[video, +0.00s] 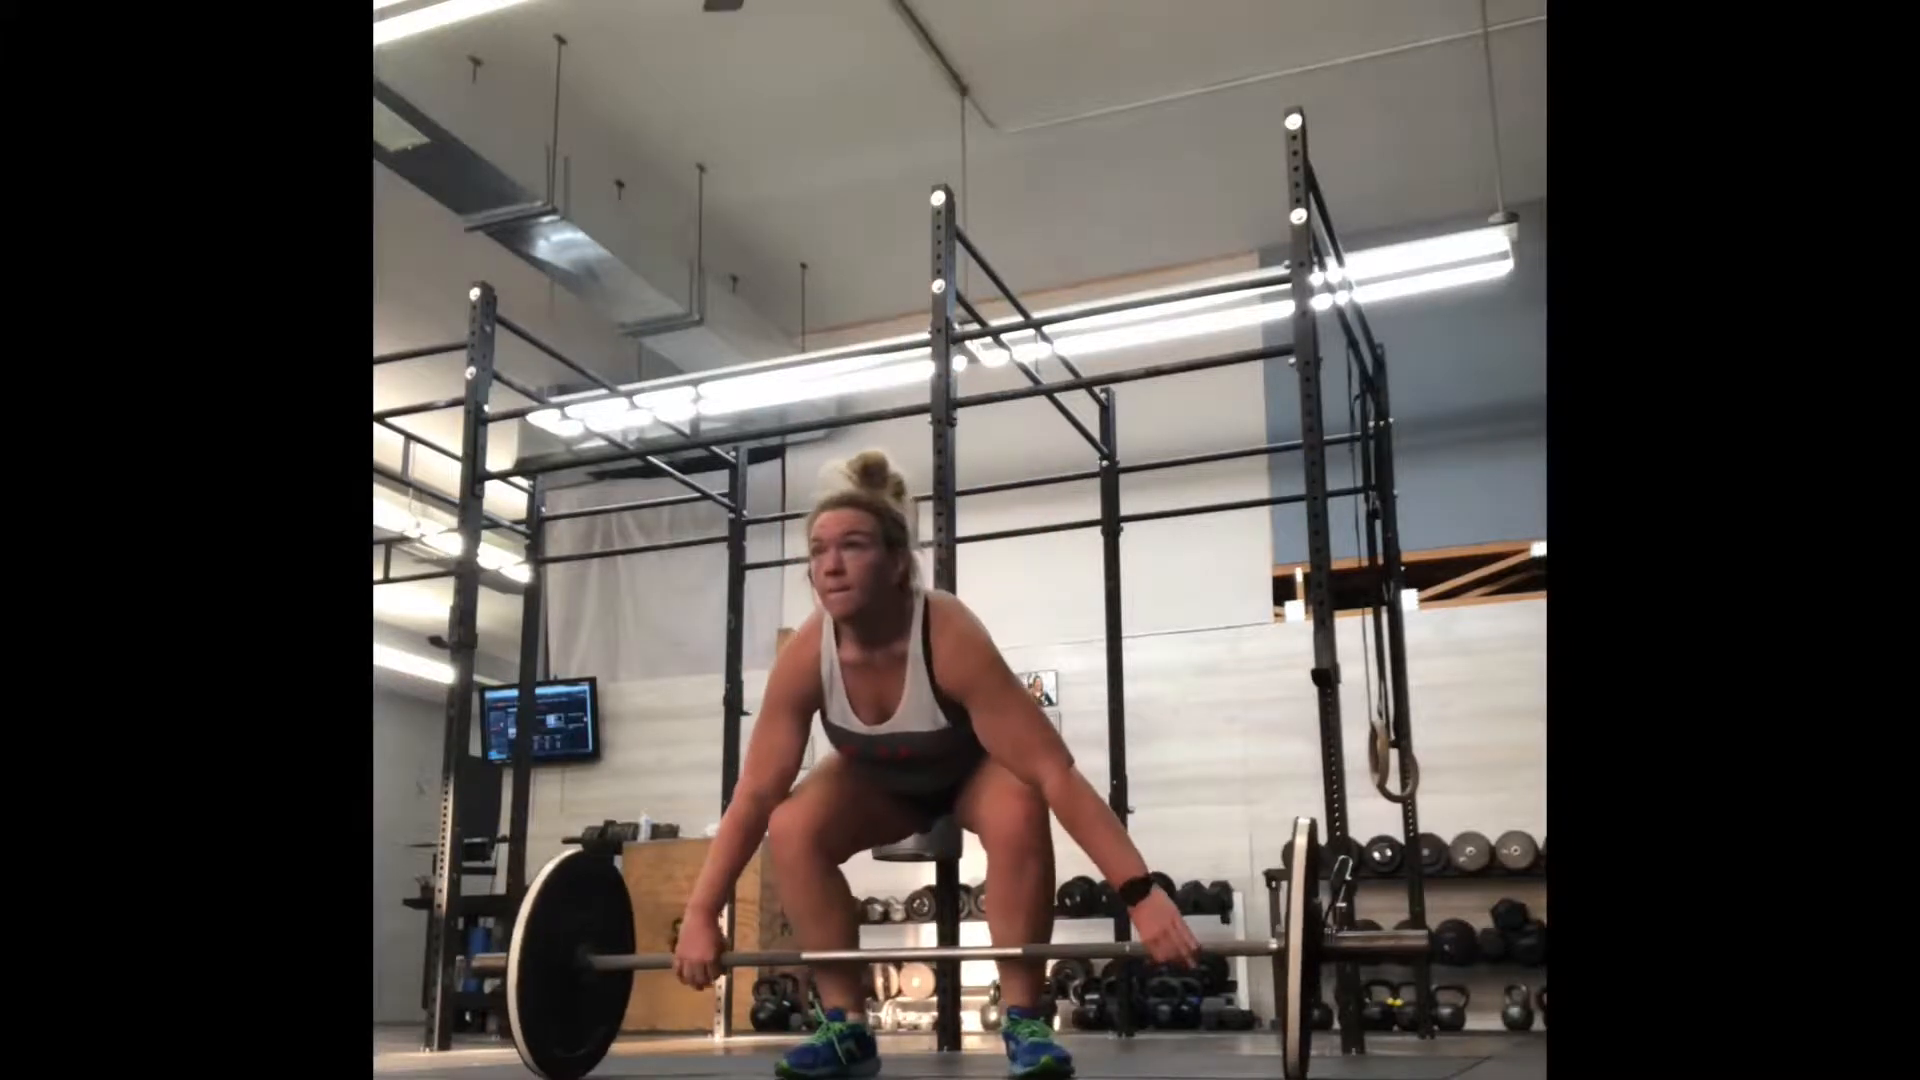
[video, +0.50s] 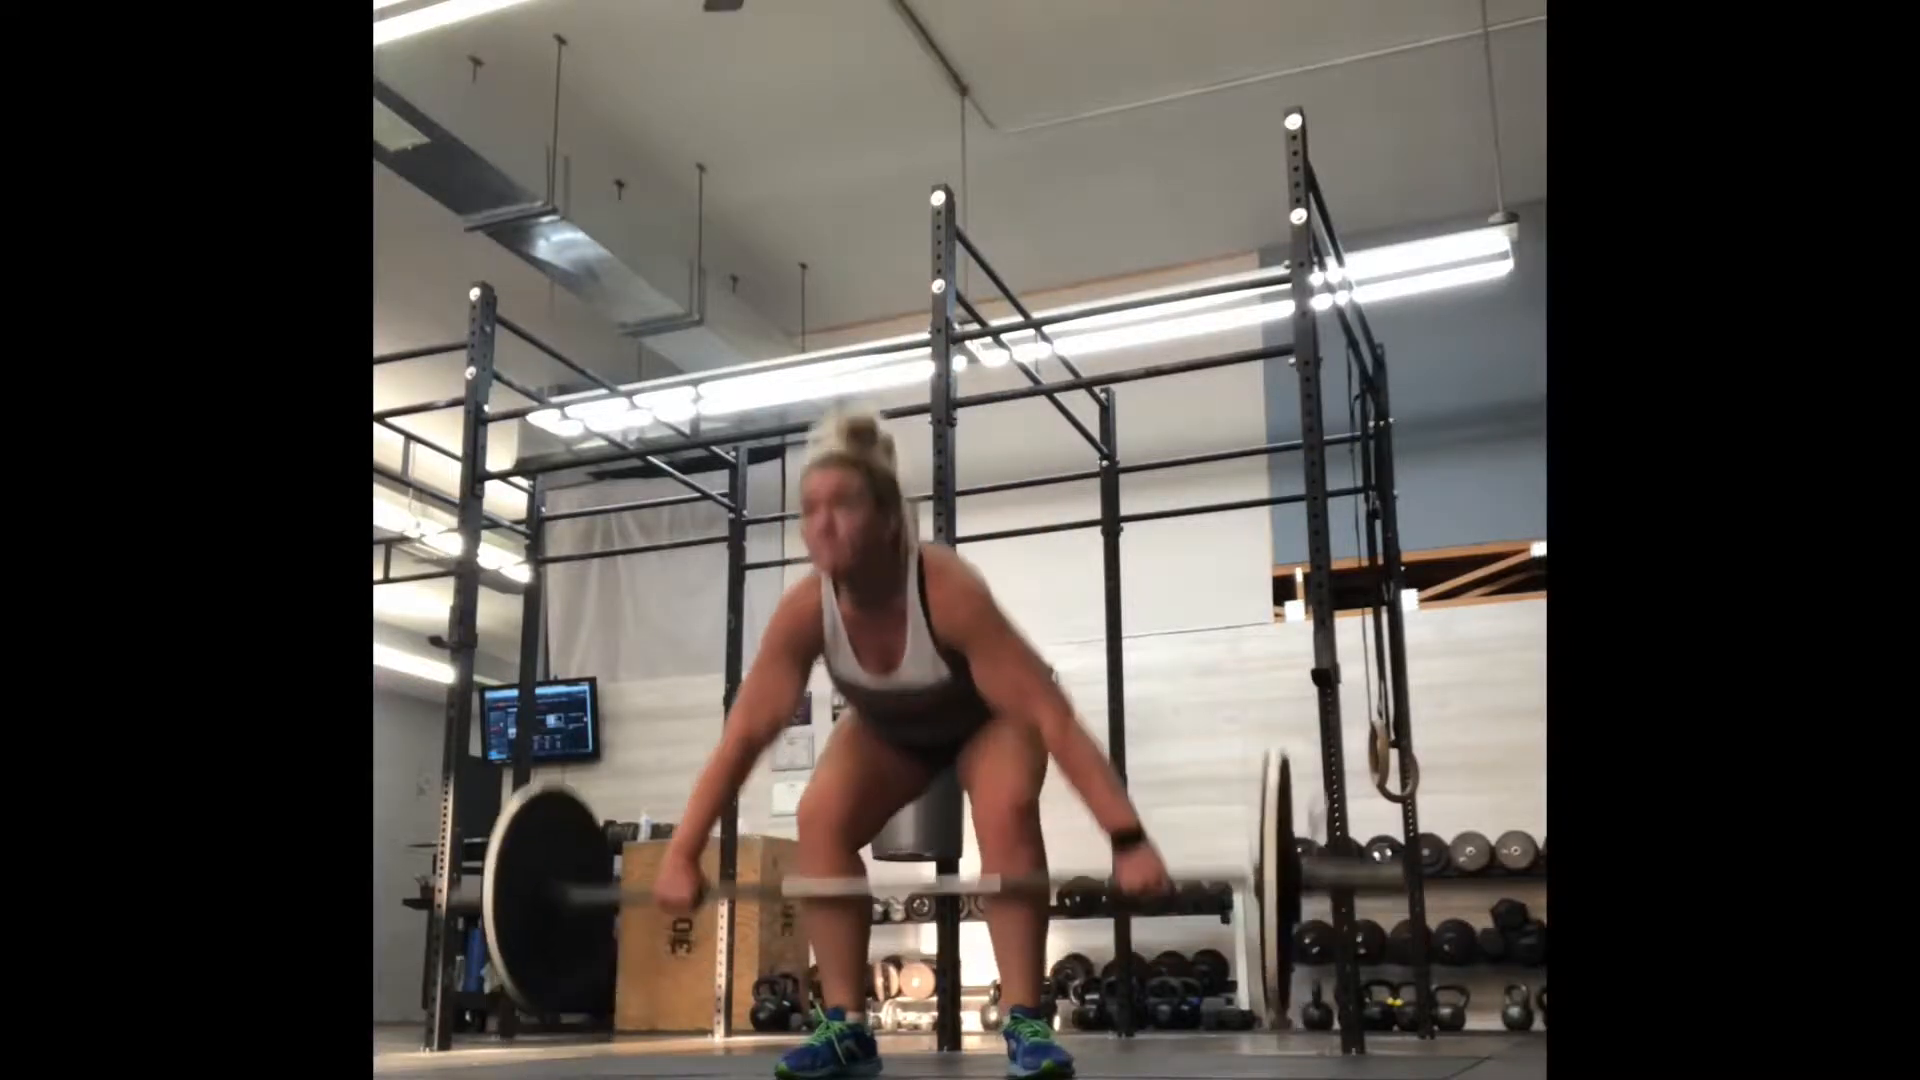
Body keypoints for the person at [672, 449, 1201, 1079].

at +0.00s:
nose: (830, 563)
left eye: (853, 544)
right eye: (818, 548)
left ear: (898, 561)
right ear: (810, 565)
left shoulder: (950, 635)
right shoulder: (805, 656)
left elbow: (1054, 771)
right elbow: (757, 794)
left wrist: (1140, 891)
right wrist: (701, 910)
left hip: (975, 773)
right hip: (876, 779)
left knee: (1018, 816)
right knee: (791, 831)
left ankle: (1023, 1019)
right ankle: (846, 1025)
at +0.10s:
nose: (826, 569)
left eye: (848, 551)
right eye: (814, 555)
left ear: (892, 567)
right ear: (806, 571)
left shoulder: (947, 643)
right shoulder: (802, 667)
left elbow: (1055, 778)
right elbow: (749, 805)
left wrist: (1143, 897)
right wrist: (693, 916)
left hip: (975, 789)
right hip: (875, 796)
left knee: (1026, 819)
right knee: (782, 833)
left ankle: (1022, 1019)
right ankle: (845, 1024)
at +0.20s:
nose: (828, 574)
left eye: (849, 555)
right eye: (815, 560)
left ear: (893, 574)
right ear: (806, 577)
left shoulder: (948, 652)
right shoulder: (802, 671)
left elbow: (1054, 784)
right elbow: (749, 804)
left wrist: (1144, 902)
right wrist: (690, 919)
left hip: (972, 797)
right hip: (875, 803)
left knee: (1028, 823)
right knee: (780, 834)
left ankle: (1022, 1020)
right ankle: (845, 1025)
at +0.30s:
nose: (828, 575)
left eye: (849, 556)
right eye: (816, 561)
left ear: (894, 574)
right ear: (806, 577)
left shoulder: (949, 650)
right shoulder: (803, 670)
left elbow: (1051, 783)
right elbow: (749, 803)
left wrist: (1140, 904)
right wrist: (688, 917)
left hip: (974, 792)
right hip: (875, 800)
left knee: (1022, 822)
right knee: (787, 833)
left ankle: (1022, 1020)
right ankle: (844, 1025)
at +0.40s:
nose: (826, 567)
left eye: (846, 548)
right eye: (814, 553)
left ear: (892, 564)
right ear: (803, 569)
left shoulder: (949, 633)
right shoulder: (802, 658)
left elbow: (1049, 768)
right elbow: (748, 783)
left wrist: (1132, 887)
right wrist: (686, 900)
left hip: (978, 764)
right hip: (883, 773)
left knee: (1015, 815)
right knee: (806, 827)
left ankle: (1023, 1022)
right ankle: (847, 1027)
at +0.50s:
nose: (823, 523)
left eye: (842, 505)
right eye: (811, 508)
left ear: (887, 517)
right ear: (800, 522)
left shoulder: (948, 590)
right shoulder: (805, 610)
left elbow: (1050, 709)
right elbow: (746, 732)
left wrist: (1127, 836)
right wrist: (681, 850)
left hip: (988, 718)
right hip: (888, 727)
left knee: (1008, 816)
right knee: (822, 821)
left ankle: (1025, 1021)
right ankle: (846, 1025)